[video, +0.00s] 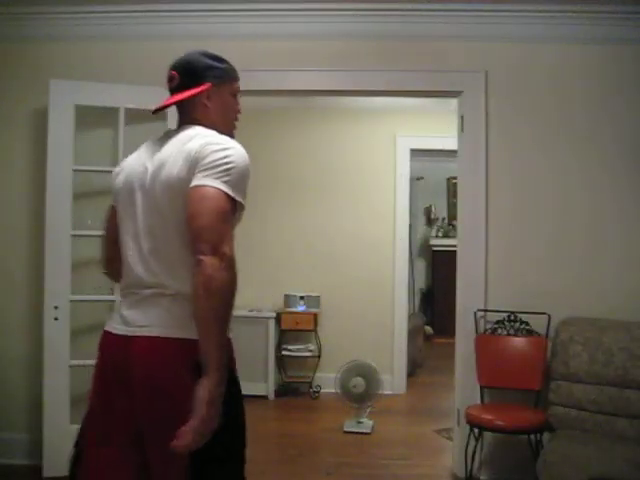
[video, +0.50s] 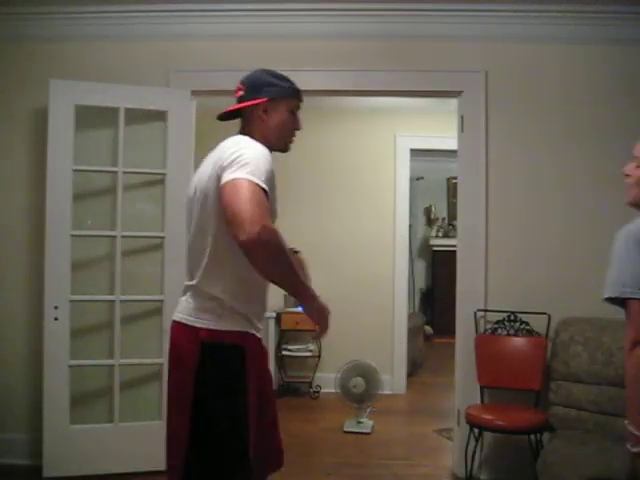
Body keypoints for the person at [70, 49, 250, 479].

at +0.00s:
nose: (239, 109)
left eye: (238, 97)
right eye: (234, 95)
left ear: (184, 100)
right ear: (206, 97)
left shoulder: (134, 161)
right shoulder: (220, 152)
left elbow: (113, 264)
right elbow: (212, 260)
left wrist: (175, 281)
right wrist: (214, 376)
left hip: (119, 351)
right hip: (183, 356)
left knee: (108, 468)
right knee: (203, 472)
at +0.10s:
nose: (251, 116)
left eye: (250, 103)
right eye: (246, 102)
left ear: (198, 107)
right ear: (219, 104)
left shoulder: (151, 165)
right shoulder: (226, 158)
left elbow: (141, 261)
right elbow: (227, 263)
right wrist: (248, 373)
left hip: (136, 355)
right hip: (196, 363)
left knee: (126, 470)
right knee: (206, 471)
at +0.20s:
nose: (263, 120)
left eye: (262, 108)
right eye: (258, 106)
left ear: (216, 111)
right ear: (232, 109)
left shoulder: (166, 168)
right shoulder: (232, 162)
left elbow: (193, 253)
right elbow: (239, 272)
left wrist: (261, 290)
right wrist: (288, 363)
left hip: (154, 355)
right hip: (209, 362)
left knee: (157, 471)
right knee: (221, 473)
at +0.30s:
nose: (275, 123)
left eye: (274, 112)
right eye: (270, 111)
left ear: (229, 113)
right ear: (242, 111)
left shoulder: (182, 165)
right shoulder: (235, 161)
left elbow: (203, 254)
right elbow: (243, 262)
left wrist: (267, 278)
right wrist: (306, 334)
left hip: (174, 347)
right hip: (216, 352)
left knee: (180, 469)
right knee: (229, 471)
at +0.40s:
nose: (286, 124)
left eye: (286, 112)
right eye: (281, 111)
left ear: (242, 111)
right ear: (252, 109)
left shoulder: (198, 160)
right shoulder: (242, 151)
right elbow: (243, 242)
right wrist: (303, 301)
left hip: (190, 338)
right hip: (218, 343)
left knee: (204, 463)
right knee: (234, 463)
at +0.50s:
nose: (298, 123)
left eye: (297, 113)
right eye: (292, 111)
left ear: (259, 112)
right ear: (263, 111)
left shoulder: (220, 156)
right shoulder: (248, 152)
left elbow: (223, 243)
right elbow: (252, 231)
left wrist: (280, 258)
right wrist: (307, 297)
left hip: (203, 335)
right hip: (223, 341)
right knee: (237, 465)